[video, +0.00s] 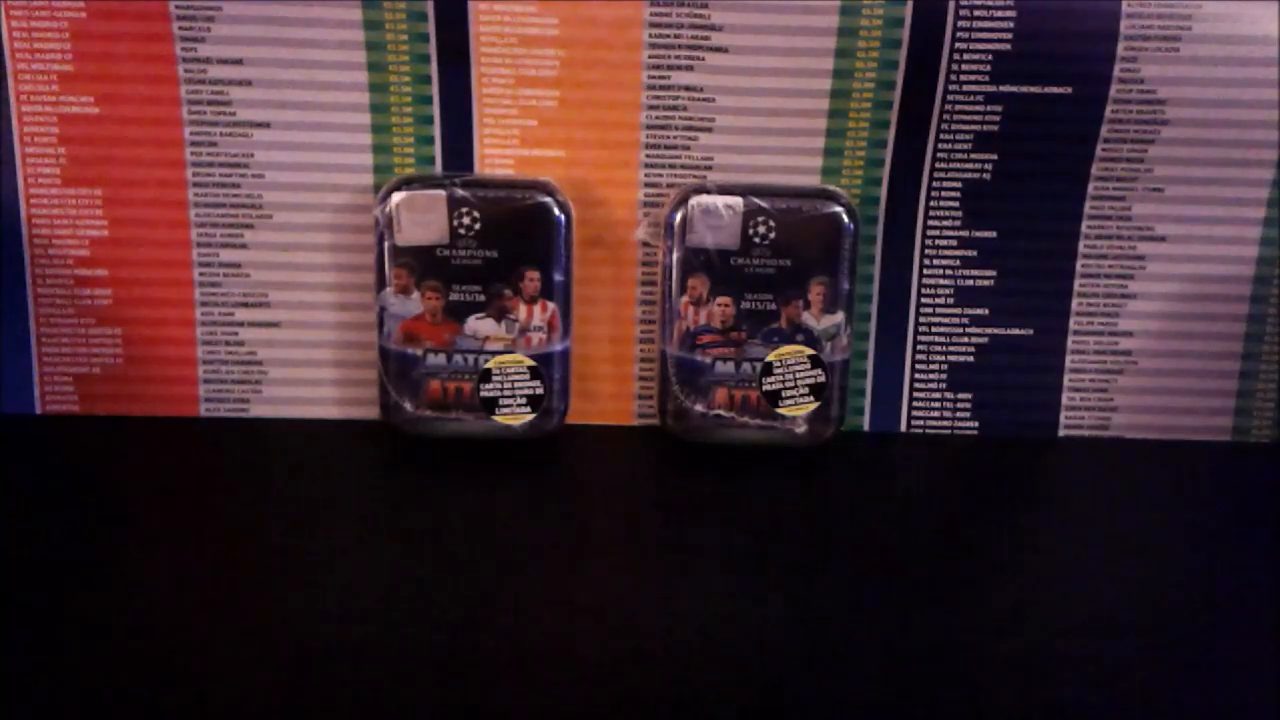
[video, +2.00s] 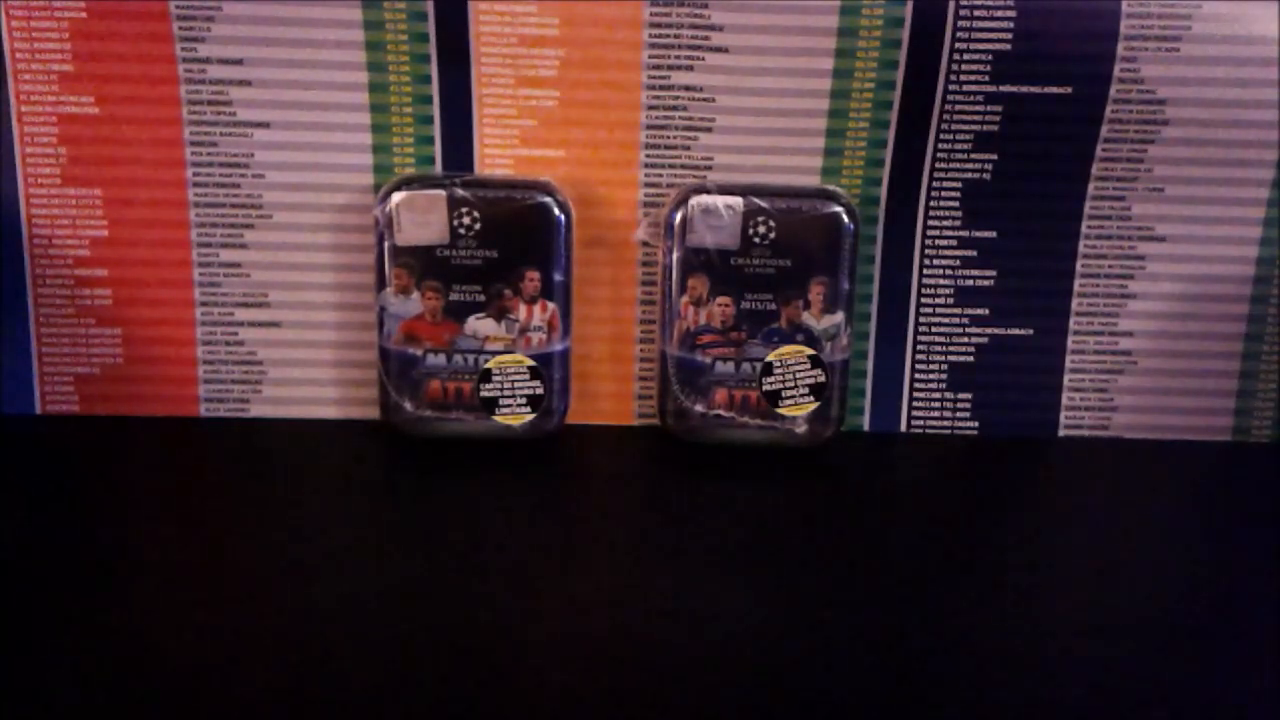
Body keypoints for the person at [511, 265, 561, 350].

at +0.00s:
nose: (536, 285)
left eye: (538, 281)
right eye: (531, 280)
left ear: (541, 283)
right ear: (521, 284)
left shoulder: (551, 308)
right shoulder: (512, 306)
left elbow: (556, 337)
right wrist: (520, 329)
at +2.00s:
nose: (536, 285)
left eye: (538, 281)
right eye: (531, 280)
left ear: (541, 283)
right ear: (521, 284)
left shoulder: (551, 308)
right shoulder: (512, 306)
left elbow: (556, 336)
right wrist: (521, 329)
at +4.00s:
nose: (536, 285)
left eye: (538, 281)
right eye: (531, 280)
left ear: (541, 283)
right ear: (521, 284)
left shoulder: (551, 308)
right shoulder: (512, 305)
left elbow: (556, 336)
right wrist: (519, 328)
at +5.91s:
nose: (536, 285)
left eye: (538, 281)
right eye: (531, 280)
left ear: (541, 283)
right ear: (521, 284)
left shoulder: (550, 308)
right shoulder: (512, 305)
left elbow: (556, 336)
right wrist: (520, 328)